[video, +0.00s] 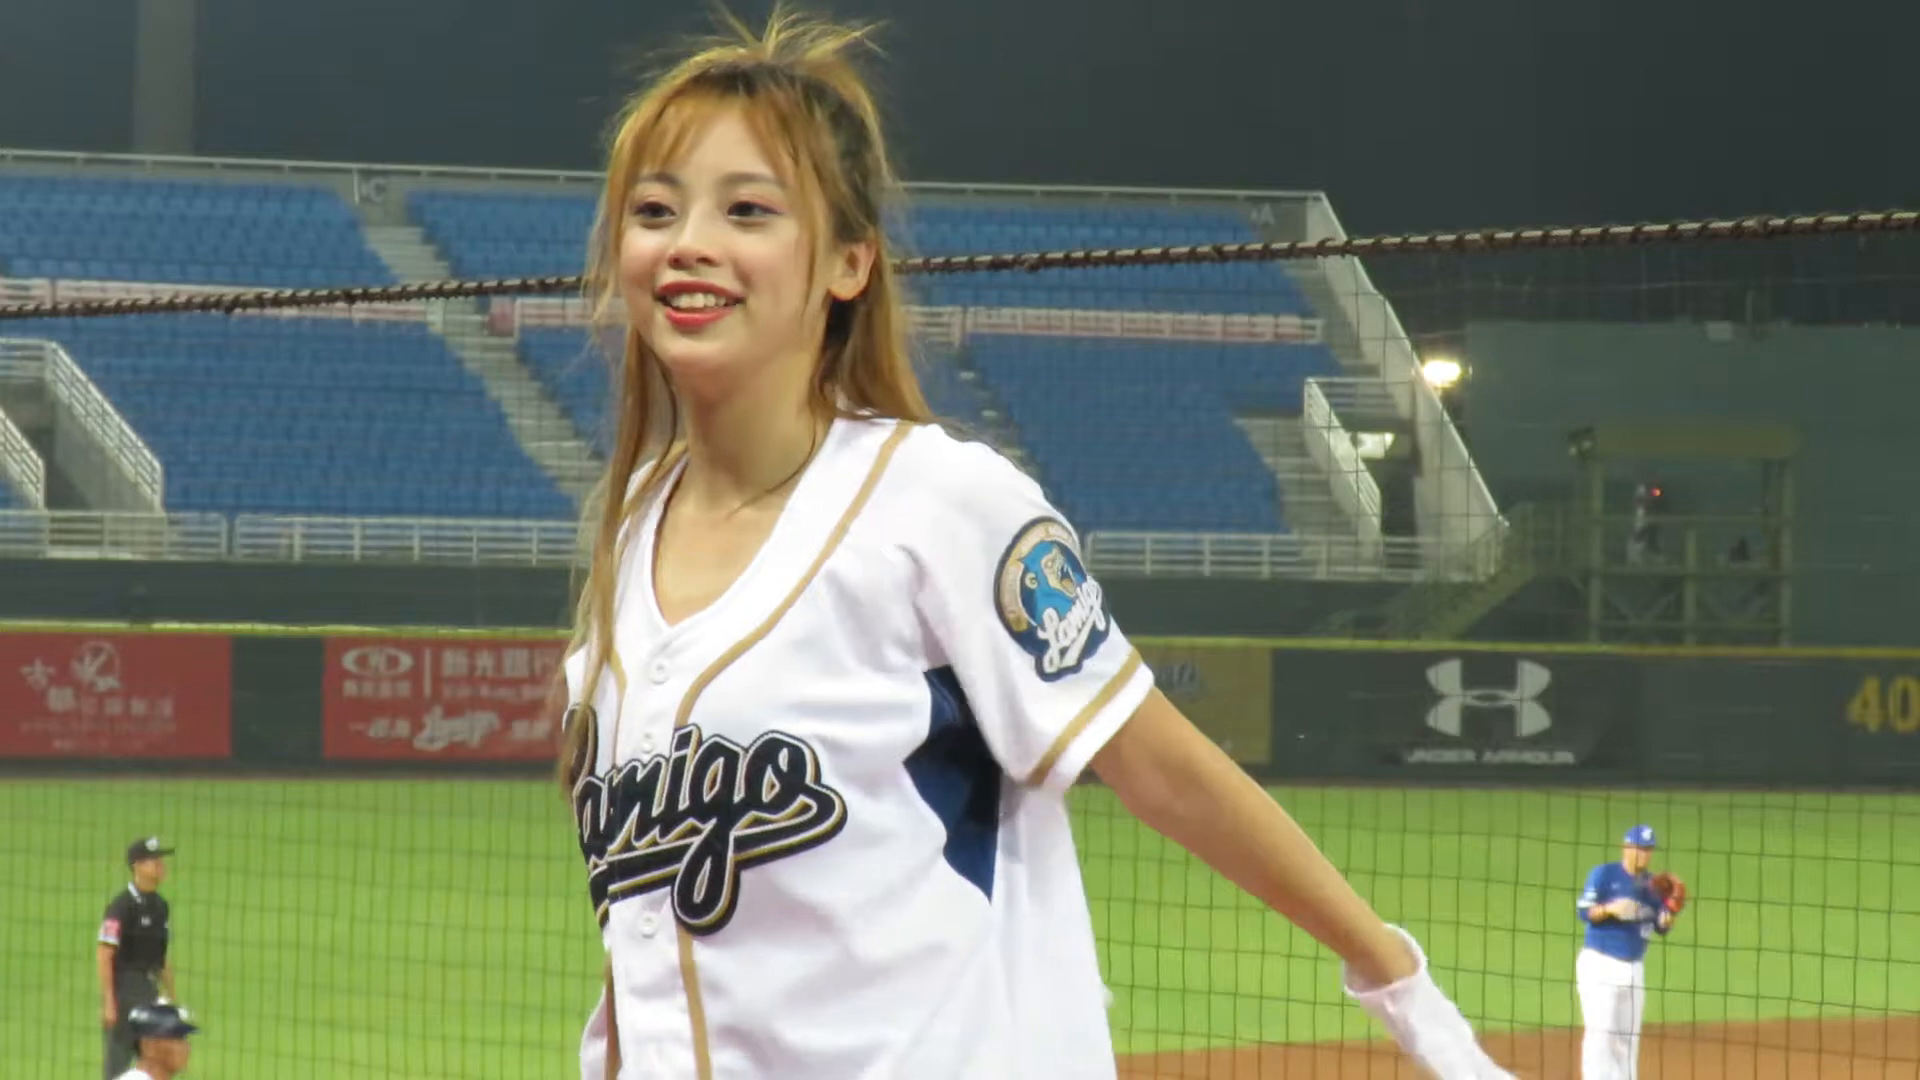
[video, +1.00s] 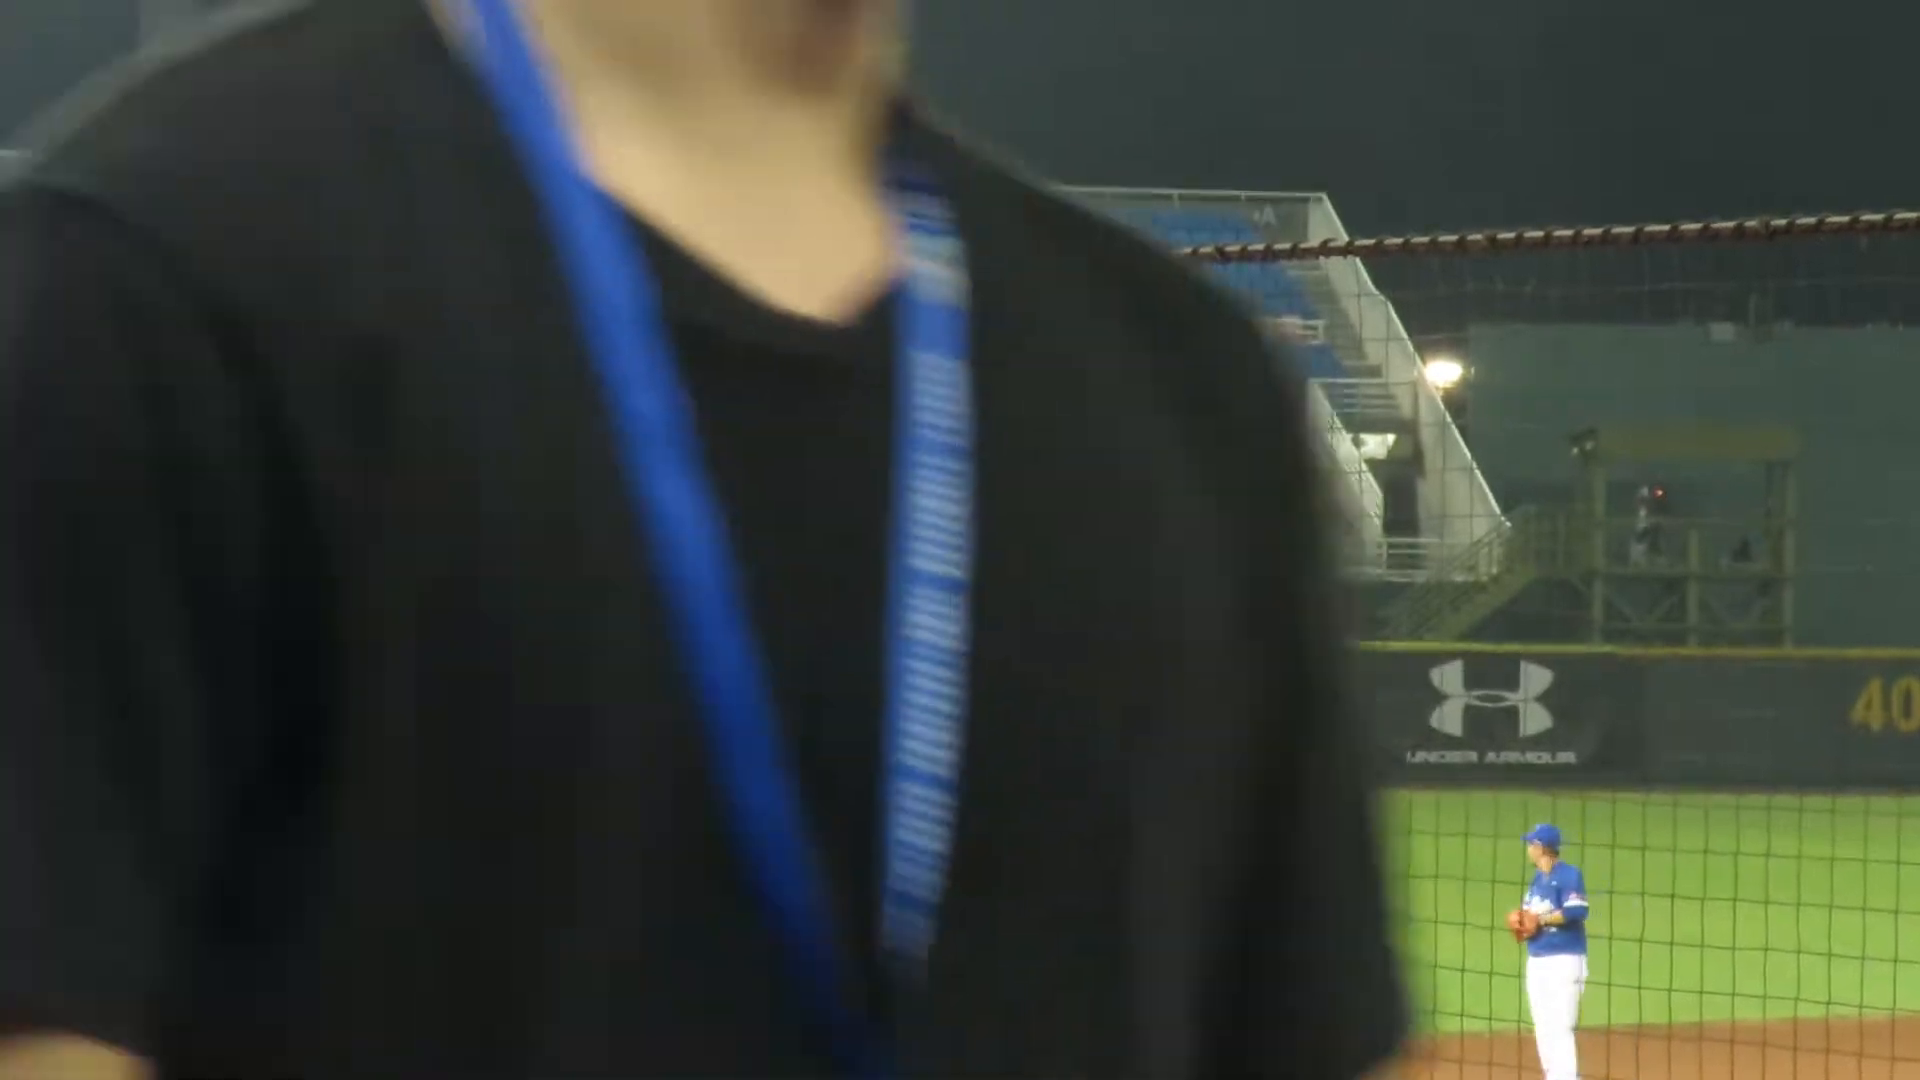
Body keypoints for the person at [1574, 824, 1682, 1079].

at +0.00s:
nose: (1643, 855)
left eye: (1648, 849)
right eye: (1639, 848)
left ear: (1652, 851)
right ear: (1627, 847)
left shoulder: (1653, 884)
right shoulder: (1604, 874)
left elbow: (1661, 927)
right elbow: (1585, 913)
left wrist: (1673, 905)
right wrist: (1611, 909)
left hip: (1632, 966)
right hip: (1599, 963)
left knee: (1629, 1034)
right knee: (1600, 1032)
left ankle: (1625, 1076)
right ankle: (1598, 1076)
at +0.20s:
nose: (1627, 856)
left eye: (1631, 851)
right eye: (1622, 851)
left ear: (1637, 853)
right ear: (1612, 850)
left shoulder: (1643, 883)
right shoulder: (1594, 876)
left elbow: (1655, 928)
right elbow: (1577, 917)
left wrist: (1657, 898)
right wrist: (1595, 904)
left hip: (1627, 966)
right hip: (1591, 963)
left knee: (1625, 1035)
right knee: (1582, 1031)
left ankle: (1624, 1077)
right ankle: (1569, 1076)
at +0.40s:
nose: (1596, 859)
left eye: (1600, 854)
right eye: (1591, 854)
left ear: (1610, 855)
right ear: (1585, 855)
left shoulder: (1627, 885)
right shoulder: (1571, 883)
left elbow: (1642, 924)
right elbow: (1557, 921)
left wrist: (1613, 915)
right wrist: (1579, 911)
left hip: (1614, 969)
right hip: (1578, 968)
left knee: (1619, 1037)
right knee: (1571, 1036)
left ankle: (1622, 1077)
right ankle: (1564, 1077)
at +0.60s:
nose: (1559, 855)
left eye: (1565, 850)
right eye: (1558, 850)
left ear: (1580, 852)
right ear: (1558, 852)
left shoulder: (1603, 880)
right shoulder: (1552, 881)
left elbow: (1621, 920)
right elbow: (1532, 917)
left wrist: (1582, 918)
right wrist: (1550, 918)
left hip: (1595, 967)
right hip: (1560, 967)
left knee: (1609, 1035)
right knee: (1560, 1035)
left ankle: (1621, 1077)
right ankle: (1558, 1078)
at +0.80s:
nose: (1538, 851)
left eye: (1542, 846)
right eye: (1539, 846)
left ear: (1556, 850)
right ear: (1552, 850)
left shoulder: (1583, 877)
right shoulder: (1542, 879)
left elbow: (1600, 913)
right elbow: (1530, 909)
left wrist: (1557, 920)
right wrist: (1530, 920)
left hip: (1579, 962)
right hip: (1547, 962)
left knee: (1585, 1027)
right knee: (1552, 1028)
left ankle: (1604, 1076)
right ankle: (1558, 1076)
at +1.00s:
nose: (1528, 850)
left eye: (1532, 845)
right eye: (1529, 845)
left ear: (1543, 848)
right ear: (1540, 847)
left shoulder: (1569, 874)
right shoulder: (1537, 878)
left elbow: (1578, 911)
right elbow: (1531, 911)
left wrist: (1540, 919)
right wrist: (1522, 921)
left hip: (1564, 961)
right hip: (1538, 960)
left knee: (1559, 1027)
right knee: (1543, 1027)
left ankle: (1565, 1075)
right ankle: (1551, 1073)